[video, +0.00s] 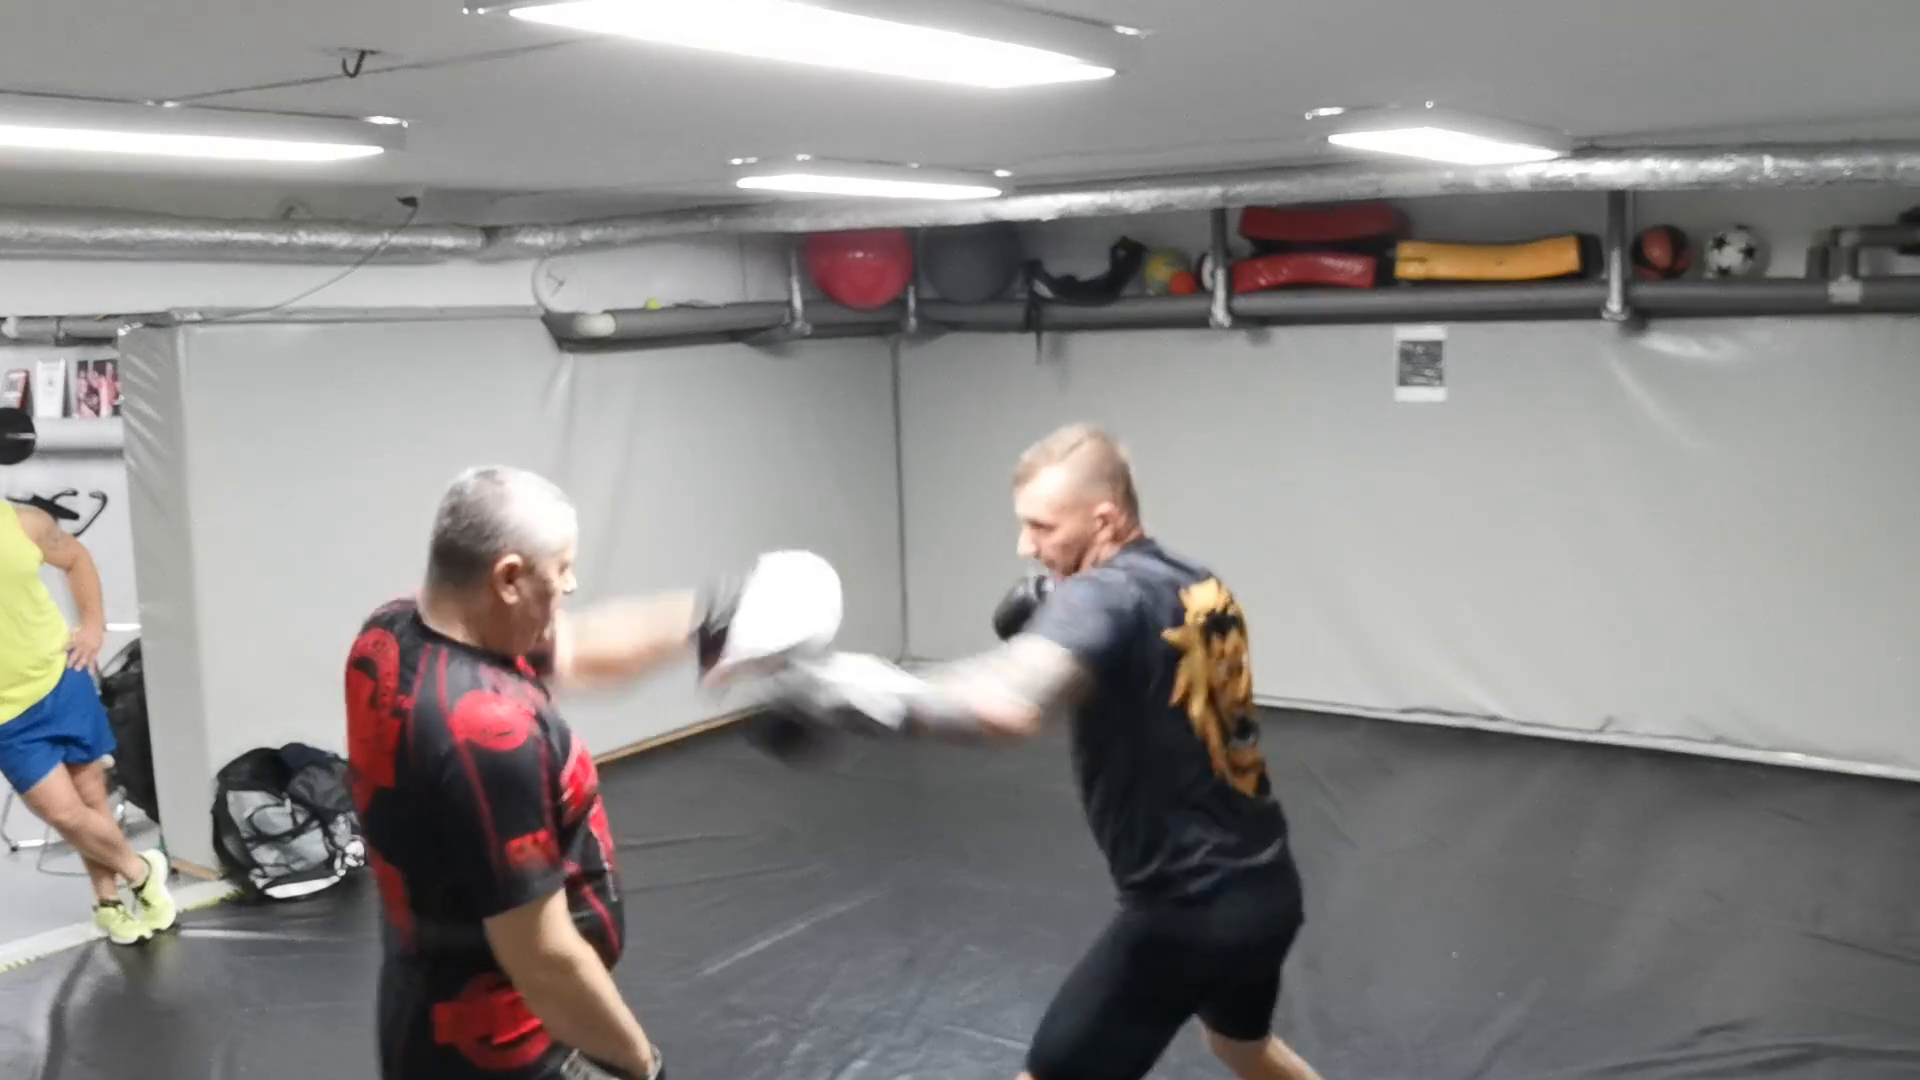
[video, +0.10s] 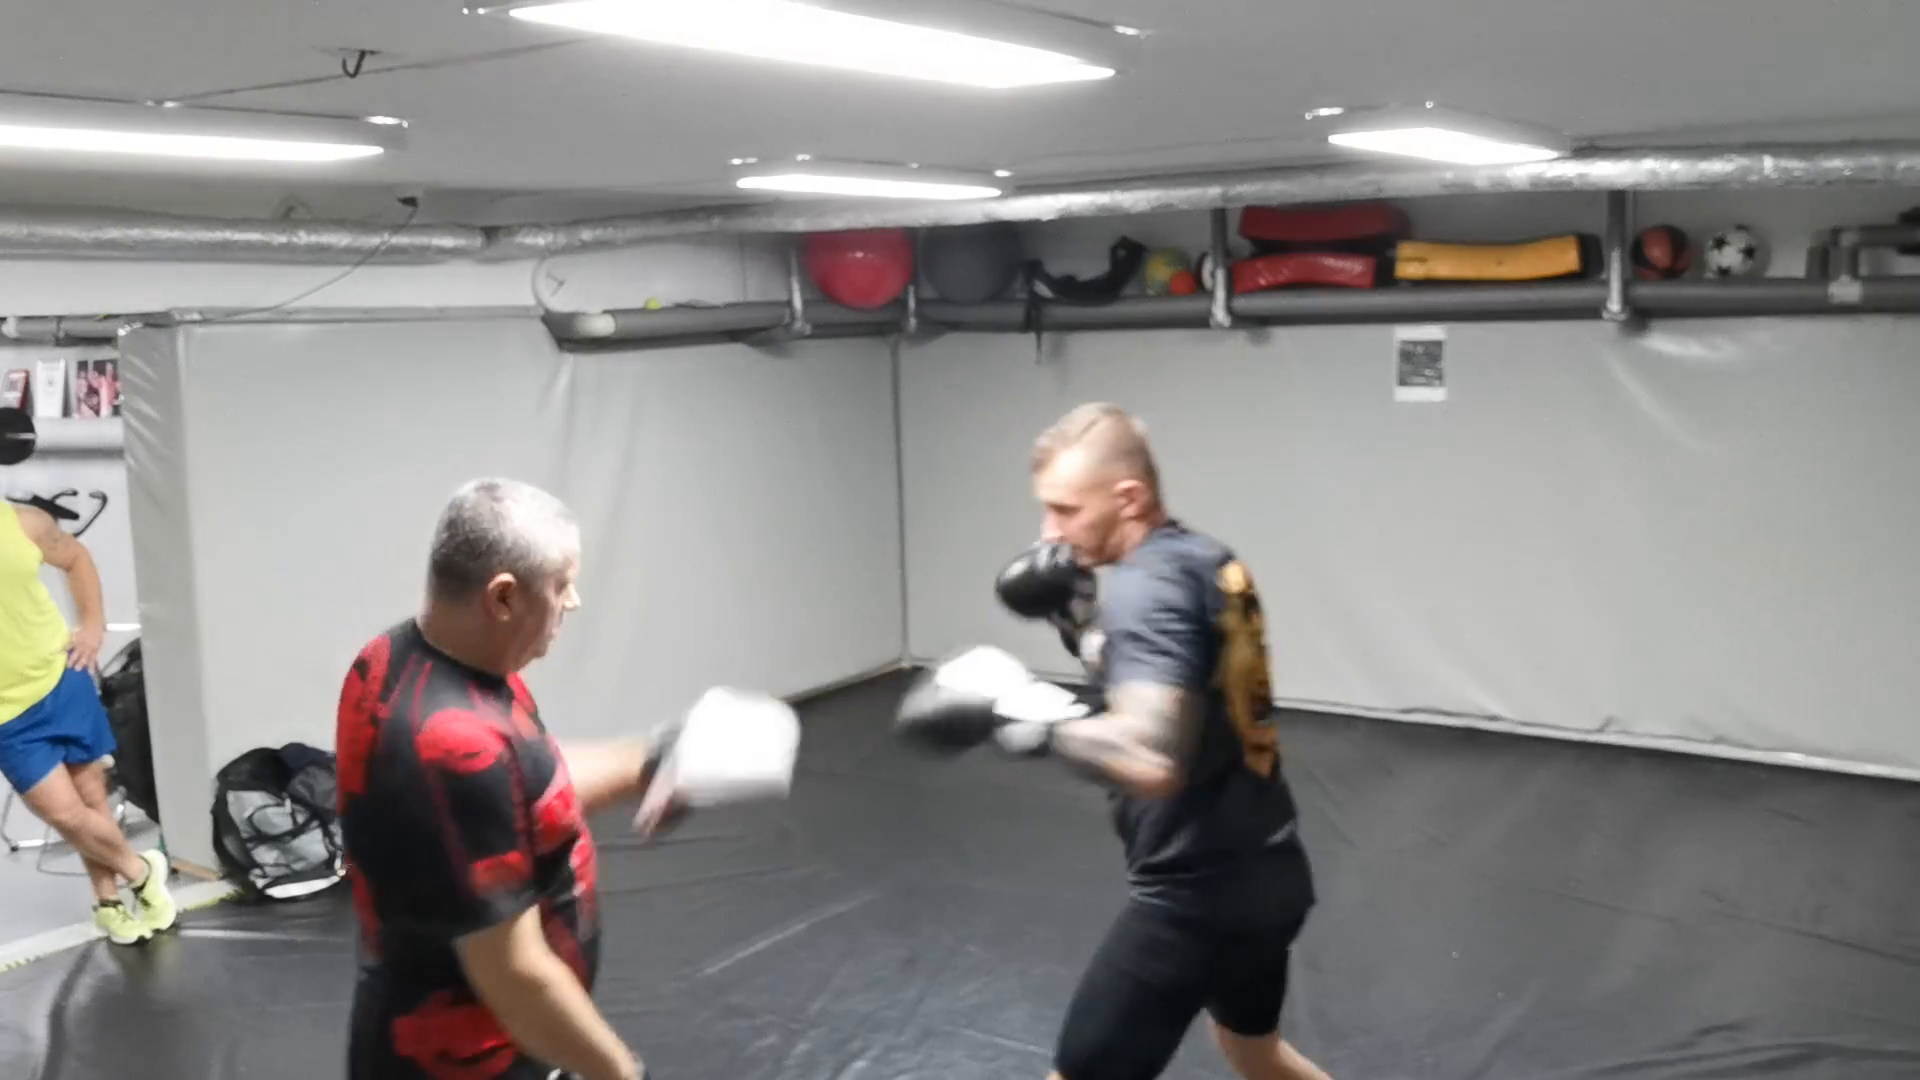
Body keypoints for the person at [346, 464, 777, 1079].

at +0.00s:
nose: (570, 589)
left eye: (569, 572)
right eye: (562, 574)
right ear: (508, 581)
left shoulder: (391, 635)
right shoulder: (488, 733)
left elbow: (576, 648)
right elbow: (542, 956)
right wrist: (643, 1062)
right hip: (512, 1048)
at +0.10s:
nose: (572, 606)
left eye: (570, 588)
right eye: (563, 588)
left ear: (499, 598)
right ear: (502, 598)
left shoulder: (399, 659)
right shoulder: (456, 750)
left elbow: (525, 779)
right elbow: (511, 966)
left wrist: (654, 759)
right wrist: (620, 1068)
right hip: (480, 1060)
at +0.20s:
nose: (570, 612)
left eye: (569, 593)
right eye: (560, 593)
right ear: (501, 600)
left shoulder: (425, 661)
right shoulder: (428, 751)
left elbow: (499, 819)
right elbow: (464, 982)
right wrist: (582, 1071)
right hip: (435, 1061)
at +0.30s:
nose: (573, 609)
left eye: (572, 589)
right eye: (562, 591)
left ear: (499, 595)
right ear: (501, 594)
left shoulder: (428, 658)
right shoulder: (420, 737)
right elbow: (427, 974)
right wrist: (525, 1069)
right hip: (401, 1057)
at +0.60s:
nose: (567, 630)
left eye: (567, 609)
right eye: (555, 610)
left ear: (491, 609)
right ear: (491, 608)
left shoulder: (468, 685)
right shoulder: (366, 718)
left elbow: (469, 866)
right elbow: (327, 944)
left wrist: (529, 979)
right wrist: (415, 1072)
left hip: (416, 1033)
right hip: (322, 1055)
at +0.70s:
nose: (548, 633)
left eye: (548, 612)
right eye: (533, 613)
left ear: (470, 611)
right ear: (469, 609)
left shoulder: (466, 685)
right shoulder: (337, 712)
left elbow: (499, 835)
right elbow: (297, 931)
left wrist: (576, 977)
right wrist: (381, 1072)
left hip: (403, 1030)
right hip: (291, 1048)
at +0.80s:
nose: (501, 615)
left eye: (502, 592)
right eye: (485, 594)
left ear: (420, 592)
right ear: (418, 590)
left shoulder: (432, 676)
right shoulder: (295, 704)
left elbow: (517, 796)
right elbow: (269, 925)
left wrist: (640, 873)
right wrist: (352, 1070)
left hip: (385, 1029)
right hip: (278, 1051)